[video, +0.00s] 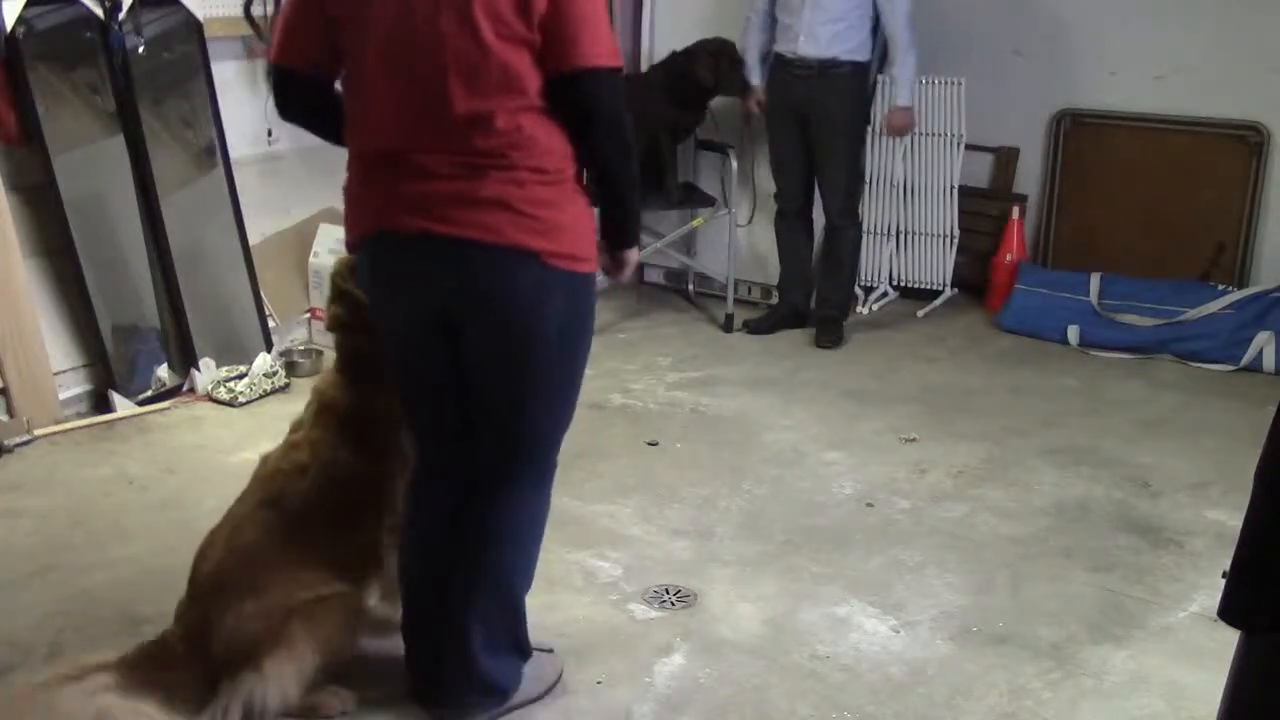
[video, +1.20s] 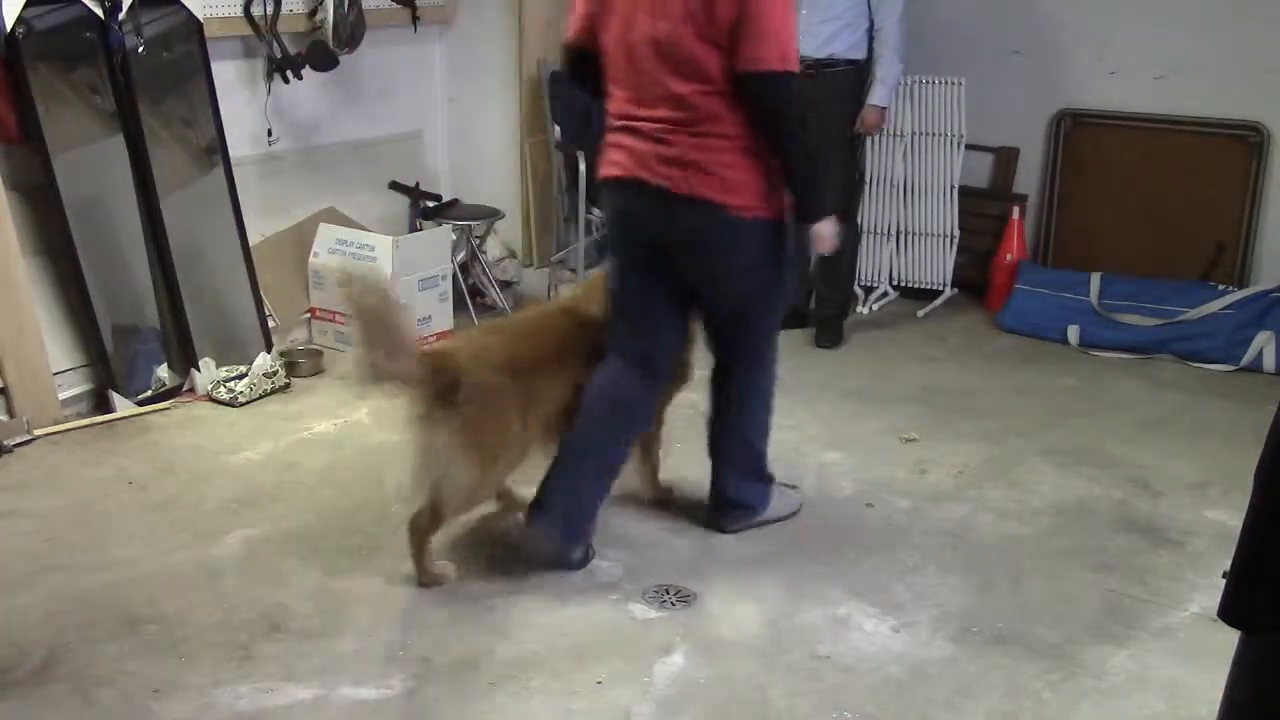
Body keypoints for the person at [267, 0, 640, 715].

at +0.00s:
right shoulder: (551, 0)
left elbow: (295, 87)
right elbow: (590, 93)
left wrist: (387, 134)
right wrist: (623, 223)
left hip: (395, 238)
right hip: (523, 238)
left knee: (437, 459)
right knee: (516, 467)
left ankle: (434, 666)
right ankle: (483, 671)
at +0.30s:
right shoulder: (578, 2)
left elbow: (330, 83)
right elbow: (620, 103)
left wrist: (421, 132)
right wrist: (667, 250)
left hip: (417, 230)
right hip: (540, 235)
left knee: (487, 433)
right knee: (519, 473)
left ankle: (496, 594)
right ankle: (486, 679)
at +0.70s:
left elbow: (420, 74)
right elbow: (681, 91)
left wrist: (504, 121)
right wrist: (724, 204)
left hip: (492, 200)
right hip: (595, 213)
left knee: (527, 391)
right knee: (578, 418)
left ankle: (541, 540)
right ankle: (499, 628)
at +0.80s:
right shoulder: (649, 1)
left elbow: (443, 61)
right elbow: (679, 79)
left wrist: (525, 110)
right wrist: (726, 201)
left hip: (510, 187)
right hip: (614, 198)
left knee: (557, 377)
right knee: (637, 393)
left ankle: (543, 547)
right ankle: (541, 558)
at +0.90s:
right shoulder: (666, 1)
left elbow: (470, 54)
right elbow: (684, 76)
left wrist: (548, 104)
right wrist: (730, 203)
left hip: (534, 182)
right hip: (633, 191)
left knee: (562, 376)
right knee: (684, 361)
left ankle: (537, 560)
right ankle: (611, 529)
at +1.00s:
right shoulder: (687, 1)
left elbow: (501, 52)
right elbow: (698, 75)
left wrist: (572, 103)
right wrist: (740, 202)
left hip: (560, 181)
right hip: (656, 189)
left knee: (577, 371)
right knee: (710, 345)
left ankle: (538, 553)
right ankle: (697, 514)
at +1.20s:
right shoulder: (759, 4)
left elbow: (580, 56)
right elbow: (766, 80)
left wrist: (642, 119)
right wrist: (814, 204)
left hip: (631, 177)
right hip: (728, 188)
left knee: (637, 358)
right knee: (748, 348)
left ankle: (557, 528)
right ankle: (740, 495)